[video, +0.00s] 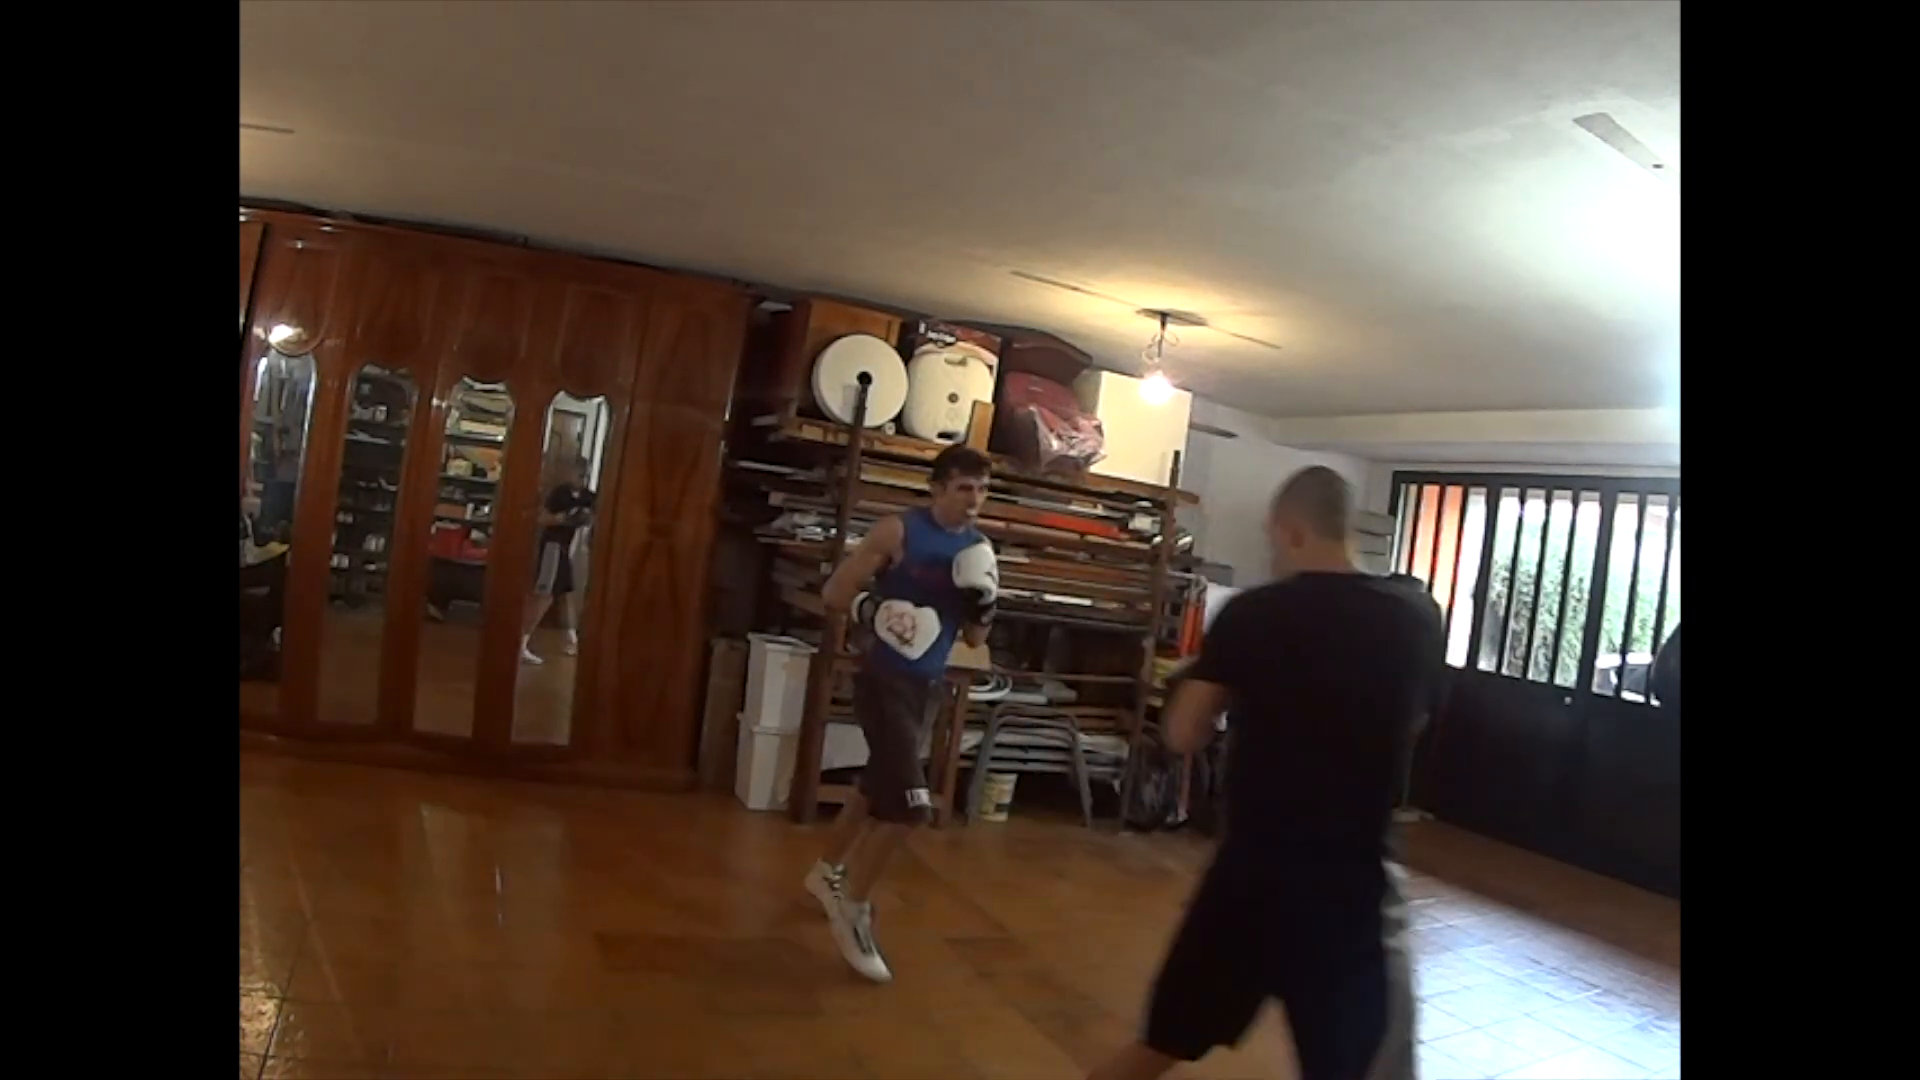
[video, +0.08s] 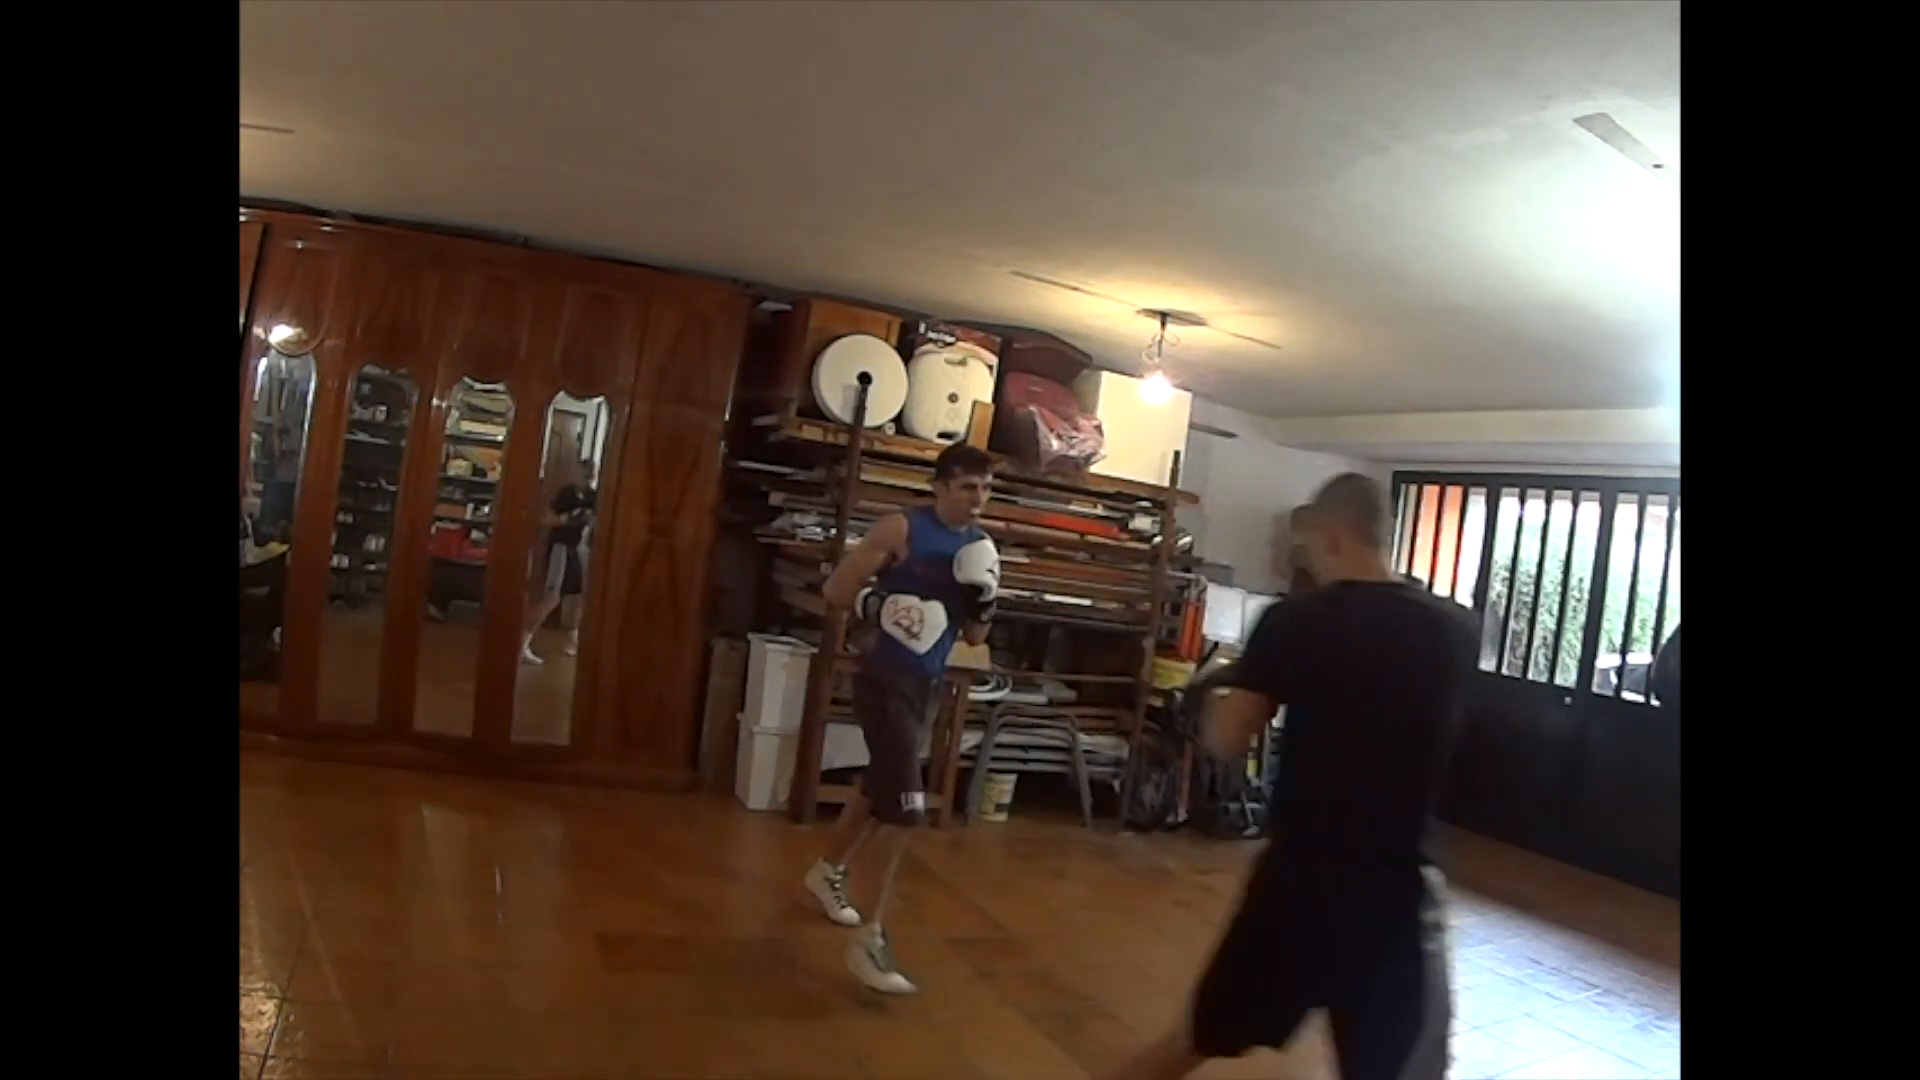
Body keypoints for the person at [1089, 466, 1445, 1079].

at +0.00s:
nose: (1276, 546)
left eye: (1275, 534)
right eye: (1276, 534)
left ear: (1289, 530)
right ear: (1345, 528)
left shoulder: (1254, 612)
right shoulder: (1415, 615)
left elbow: (1183, 733)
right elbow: (1411, 732)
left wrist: (1236, 685)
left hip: (1253, 874)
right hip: (1352, 884)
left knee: (1162, 1046)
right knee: (1346, 1066)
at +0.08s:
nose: (1311, 561)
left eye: (1312, 546)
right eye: (1309, 547)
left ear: (1332, 537)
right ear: (1379, 533)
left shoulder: (1299, 620)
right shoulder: (1455, 629)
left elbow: (1228, 736)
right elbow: (1430, 742)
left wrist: (1223, 685)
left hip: (1300, 880)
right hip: (1400, 887)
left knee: (1196, 1041)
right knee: (1399, 1067)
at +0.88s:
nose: (1407, 586)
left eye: (1410, 571)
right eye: (1405, 572)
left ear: (1441, 563)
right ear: (1469, 560)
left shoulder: (1427, 636)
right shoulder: (1543, 629)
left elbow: (1389, 742)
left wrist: (1337, 691)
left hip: (1449, 848)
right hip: (1533, 850)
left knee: (1348, 993)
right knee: (1551, 1023)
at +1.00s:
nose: (1462, 601)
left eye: (1464, 587)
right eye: (1460, 588)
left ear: (1493, 582)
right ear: (1522, 580)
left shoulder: (1487, 652)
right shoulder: (1585, 652)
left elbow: (1450, 752)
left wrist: (1390, 714)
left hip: (1486, 864)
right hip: (1564, 867)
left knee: (1368, 990)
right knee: (1573, 1018)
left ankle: (1312, 1075)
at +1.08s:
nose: (1479, 604)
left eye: (1483, 588)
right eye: (1478, 590)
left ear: (1519, 583)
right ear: (1536, 585)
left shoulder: (1507, 656)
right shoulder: (1604, 655)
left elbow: (1475, 756)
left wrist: (1411, 720)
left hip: (1508, 861)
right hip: (1580, 864)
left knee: (1380, 977)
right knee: (1578, 1010)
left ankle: (1321, 1074)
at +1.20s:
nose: (1488, 606)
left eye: (1492, 591)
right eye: (1486, 593)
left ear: (1532, 582)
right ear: (1550, 584)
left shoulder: (1520, 652)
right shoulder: (1614, 650)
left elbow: (1487, 753)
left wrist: (1425, 713)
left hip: (1526, 852)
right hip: (1598, 855)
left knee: (1401, 964)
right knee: (1583, 1005)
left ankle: (1366, 1076)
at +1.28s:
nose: (1485, 607)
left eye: (1488, 593)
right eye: (1483, 595)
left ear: (1525, 585)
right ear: (1549, 586)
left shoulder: (1515, 656)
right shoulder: (1612, 651)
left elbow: (1474, 752)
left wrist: (1413, 691)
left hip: (1528, 853)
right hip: (1602, 858)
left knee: (1411, 971)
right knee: (1588, 1001)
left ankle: (1376, 1076)